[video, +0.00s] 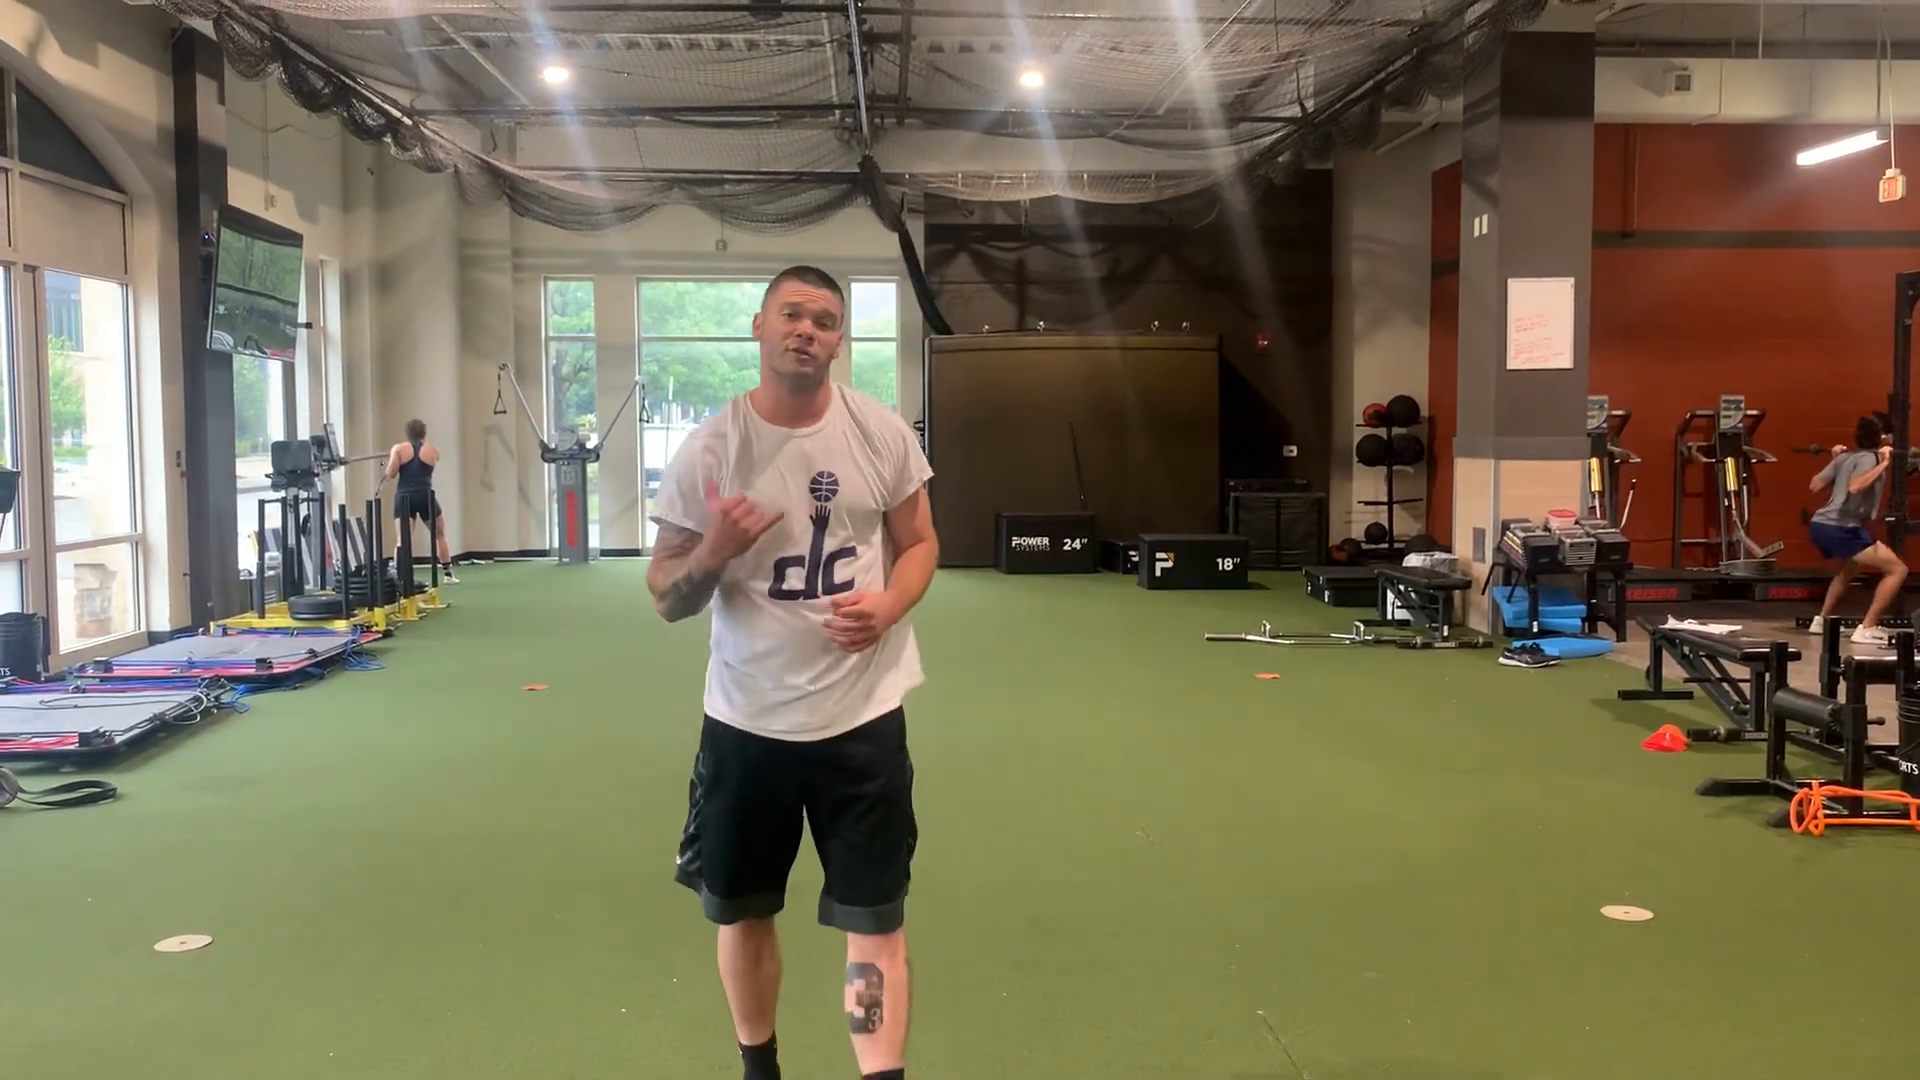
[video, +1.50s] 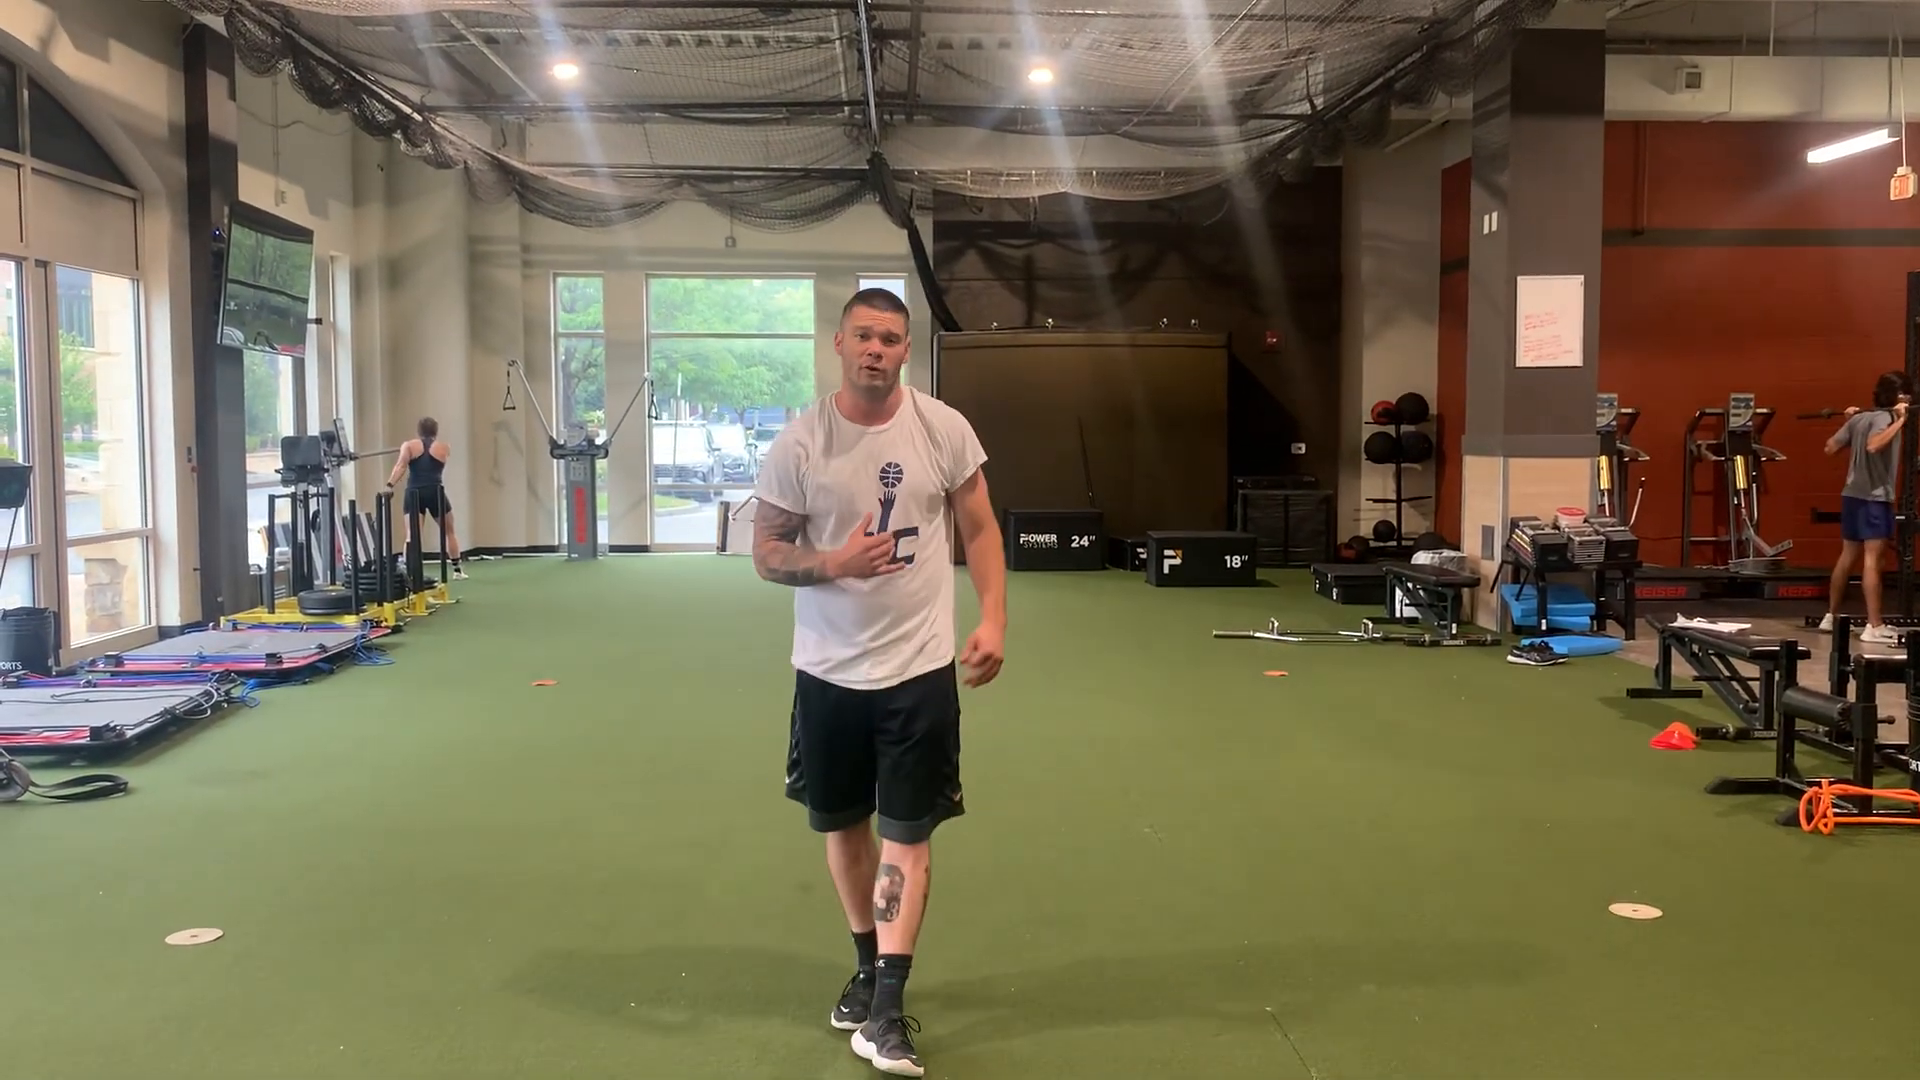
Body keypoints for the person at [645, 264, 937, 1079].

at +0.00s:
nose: (807, 328)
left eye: (825, 320)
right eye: (792, 313)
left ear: (843, 344)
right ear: (758, 328)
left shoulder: (884, 434)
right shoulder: (709, 448)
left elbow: (919, 543)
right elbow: (667, 598)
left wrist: (890, 605)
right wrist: (713, 551)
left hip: (864, 713)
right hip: (750, 717)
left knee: (875, 914)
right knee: (743, 908)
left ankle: (883, 1079)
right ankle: (759, 1070)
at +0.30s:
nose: (794, 331)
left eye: (810, 320)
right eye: (778, 318)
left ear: (832, 339)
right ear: (751, 334)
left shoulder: (884, 426)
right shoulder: (717, 447)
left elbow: (928, 534)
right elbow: (683, 582)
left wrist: (881, 589)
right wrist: (726, 578)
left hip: (868, 702)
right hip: (760, 708)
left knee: (885, 889)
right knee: (750, 894)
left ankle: (873, 1020)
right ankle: (761, 1066)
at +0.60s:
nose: (864, 335)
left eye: (880, 328)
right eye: (851, 321)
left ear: (897, 351)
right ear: (820, 336)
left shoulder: (931, 435)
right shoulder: (772, 439)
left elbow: (968, 548)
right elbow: (730, 563)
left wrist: (932, 605)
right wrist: (779, 558)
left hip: (893, 692)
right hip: (790, 691)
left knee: (891, 874)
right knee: (774, 874)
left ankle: (874, 1029)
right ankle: (765, 1063)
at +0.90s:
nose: (911, 342)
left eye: (927, 336)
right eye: (900, 326)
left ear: (939, 358)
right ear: (868, 335)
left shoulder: (957, 449)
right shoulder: (802, 430)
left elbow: (979, 566)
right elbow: (748, 536)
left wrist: (998, 678)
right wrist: (820, 553)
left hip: (900, 684)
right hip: (799, 676)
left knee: (893, 857)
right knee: (783, 851)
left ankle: (877, 1024)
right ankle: (809, 980)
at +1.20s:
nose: (909, 341)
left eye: (923, 335)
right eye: (898, 325)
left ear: (934, 356)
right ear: (866, 334)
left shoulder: (948, 441)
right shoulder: (804, 427)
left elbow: (966, 554)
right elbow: (755, 535)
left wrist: (984, 660)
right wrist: (836, 542)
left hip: (913, 672)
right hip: (819, 674)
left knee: (905, 840)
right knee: (834, 838)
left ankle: (881, 1015)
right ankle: (861, 964)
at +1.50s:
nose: (878, 349)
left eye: (891, 339)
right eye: (864, 336)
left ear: (907, 350)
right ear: (837, 344)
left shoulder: (944, 429)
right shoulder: (798, 443)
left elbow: (981, 530)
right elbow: (768, 554)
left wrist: (992, 619)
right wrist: (831, 562)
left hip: (920, 663)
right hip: (830, 669)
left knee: (908, 830)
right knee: (843, 824)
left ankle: (887, 1007)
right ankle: (868, 964)